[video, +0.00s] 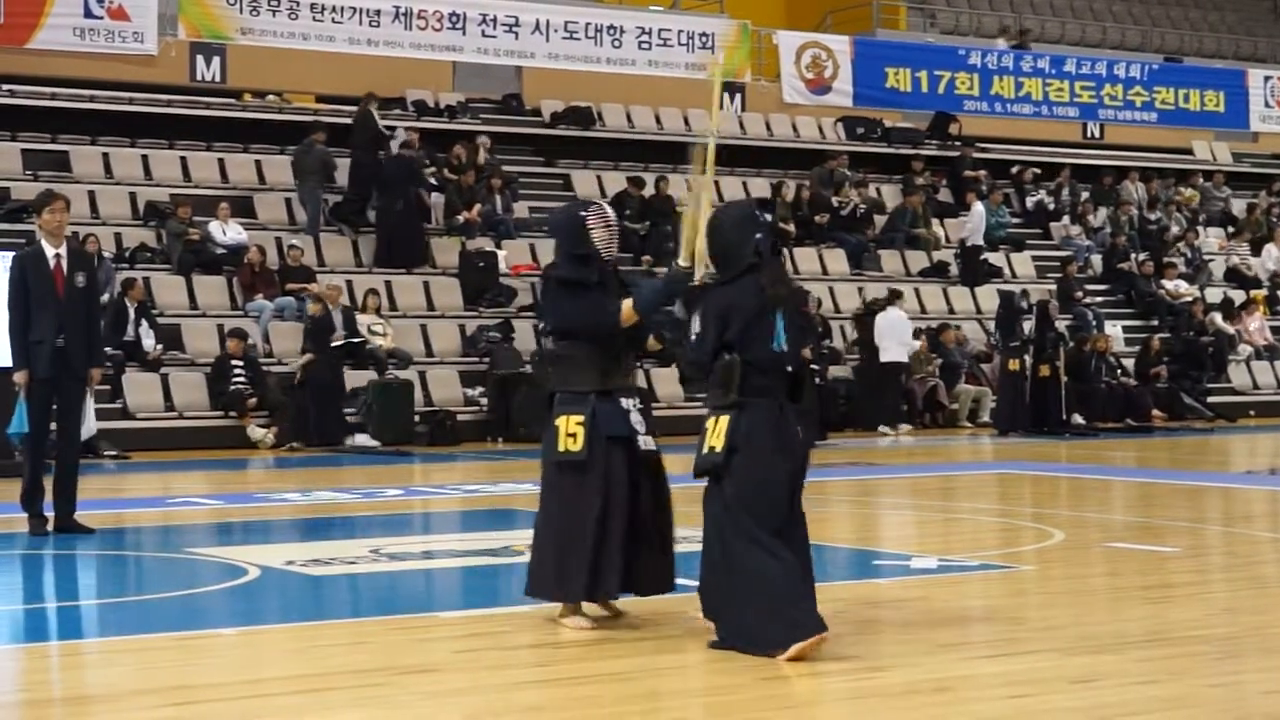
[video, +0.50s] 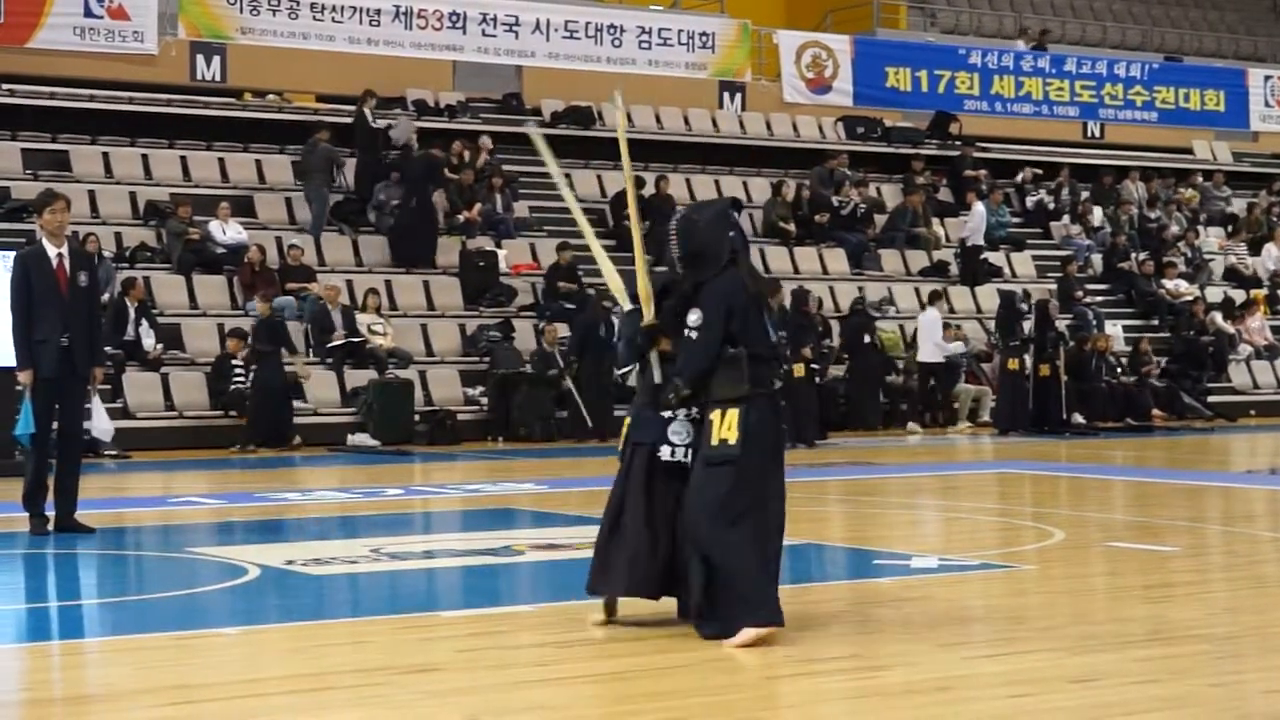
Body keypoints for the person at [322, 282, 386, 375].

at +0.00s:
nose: (330, 293)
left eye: (333, 290)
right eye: (328, 290)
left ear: (340, 294)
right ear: (325, 292)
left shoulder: (348, 310)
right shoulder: (321, 311)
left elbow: (354, 333)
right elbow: (319, 334)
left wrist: (344, 336)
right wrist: (330, 339)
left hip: (348, 341)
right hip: (330, 343)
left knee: (360, 347)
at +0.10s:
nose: (329, 293)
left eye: (333, 290)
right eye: (327, 290)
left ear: (339, 294)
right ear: (324, 292)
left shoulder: (348, 310)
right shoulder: (320, 310)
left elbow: (354, 333)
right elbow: (318, 335)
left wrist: (344, 336)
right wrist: (330, 339)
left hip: (348, 342)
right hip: (330, 343)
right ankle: (341, 388)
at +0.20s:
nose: (328, 293)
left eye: (332, 290)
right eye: (326, 290)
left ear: (338, 293)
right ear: (323, 292)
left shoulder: (348, 310)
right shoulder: (319, 311)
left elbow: (354, 332)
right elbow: (314, 337)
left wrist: (345, 335)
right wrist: (330, 338)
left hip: (347, 342)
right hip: (329, 343)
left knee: (360, 347)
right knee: (338, 353)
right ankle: (340, 387)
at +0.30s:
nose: (328, 293)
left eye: (332, 290)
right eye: (326, 290)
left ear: (339, 293)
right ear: (323, 292)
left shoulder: (348, 309)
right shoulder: (318, 311)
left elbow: (354, 331)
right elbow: (316, 337)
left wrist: (344, 335)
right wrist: (331, 338)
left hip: (347, 342)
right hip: (328, 344)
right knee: (338, 353)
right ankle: (341, 385)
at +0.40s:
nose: (329, 293)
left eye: (332, 290)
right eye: (326, 290)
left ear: (339, 293)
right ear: (323, 293)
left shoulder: (348, 310)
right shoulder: (318, 311)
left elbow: (354, 332)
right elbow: (317, 337)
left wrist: (345, 336)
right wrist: (331, 338)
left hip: (347, 342)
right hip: (328, 344)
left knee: (360, 348)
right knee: (338, 353)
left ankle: (361, 382)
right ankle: (341, 387)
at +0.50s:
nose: (329, 293)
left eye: (332, 290)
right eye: (326, 290)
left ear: (339, 293)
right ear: (323, 293)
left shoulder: (347, 309)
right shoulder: (317, 312)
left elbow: (354, 332)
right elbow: (317, 338)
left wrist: (345, 336)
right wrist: (331, 338)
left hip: (348, 343)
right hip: (328, 344)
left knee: (361, 351)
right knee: (338, 354)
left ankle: (362, 383)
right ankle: (341, 389)